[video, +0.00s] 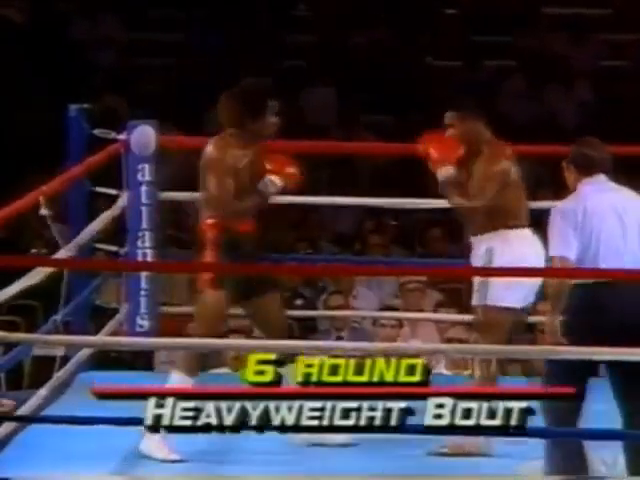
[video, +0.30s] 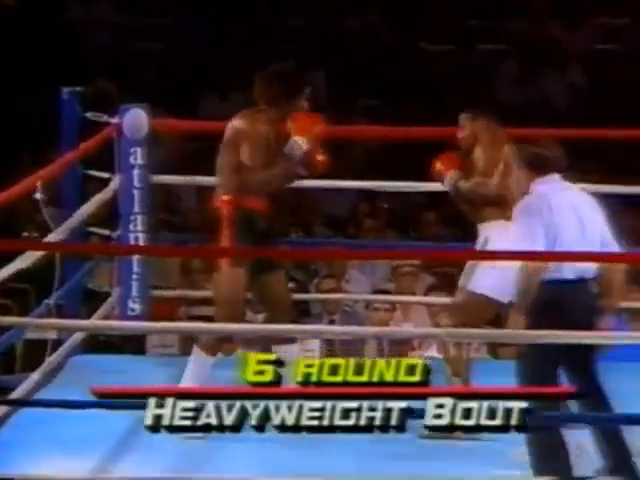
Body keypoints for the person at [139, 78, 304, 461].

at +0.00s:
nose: (275, 122)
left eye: (275, 115)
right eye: (269, 116)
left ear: (251, 121)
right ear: (249, 120)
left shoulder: (255, 149)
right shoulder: (218, 153)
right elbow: (223, 206)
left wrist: (277, 179)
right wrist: (262, 194)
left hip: (248, 240)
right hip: (218, 242)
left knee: (279, 332)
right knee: (206, 331)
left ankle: (299, 417)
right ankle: (153, 430)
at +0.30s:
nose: (299, 107)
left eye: (298, 100)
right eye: (295, 100)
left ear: (277, 99)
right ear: (281, 99)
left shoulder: (279, 128)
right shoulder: (243, 127)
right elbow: (247, 180)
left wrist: (302, 159)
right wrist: (288, 164)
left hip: (261, 213)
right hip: (235, 212)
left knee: (280, 307)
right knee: (229, 315)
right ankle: (187, 390)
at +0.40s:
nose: (288, 98)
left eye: (287, 90)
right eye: (282, 91)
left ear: (256, 92)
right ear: (264, 93)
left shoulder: (252, 125)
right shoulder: (236, 125)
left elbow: (265, 174)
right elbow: (264, 175)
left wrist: (293, 179)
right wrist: (295, 146)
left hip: (250, 213)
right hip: (227, 213)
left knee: (277, 299)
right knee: (219, 307)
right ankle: (180, 387)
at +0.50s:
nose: (281, 98)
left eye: (280, 90)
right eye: (274, 91)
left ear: (253, 94)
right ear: (255, 94)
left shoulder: (244, 126)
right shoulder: (232, 126)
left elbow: (250, 177)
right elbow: (244, 181)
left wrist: (280, 152)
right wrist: (283, 159)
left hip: (244, 224)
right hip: (222, 223)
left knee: (294, 303)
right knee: (206, 311)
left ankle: (289, 387)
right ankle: (168, 390)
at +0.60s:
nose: (276, 102)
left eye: (275, 94)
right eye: (270, 95)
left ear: (254, 99)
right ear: (250, 97)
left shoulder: (253, 132)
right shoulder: (223, 133)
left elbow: (254, 179)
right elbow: (227, 188)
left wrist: (285, 172)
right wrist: (275, 179)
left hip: (254, 232)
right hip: (222, 233)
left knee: (301, 307)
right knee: (200, 317)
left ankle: (295, 392)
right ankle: (165, 394)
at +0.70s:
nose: (290, 112)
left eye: (289, 104)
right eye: (285, 104)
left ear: (272, 108)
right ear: (269, 106)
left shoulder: (279, 139)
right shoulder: (226, 136)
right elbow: (229, 191)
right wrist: (271, 165)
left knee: (298, 304)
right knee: (198, 306)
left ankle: (296, 389)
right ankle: (165, 388)